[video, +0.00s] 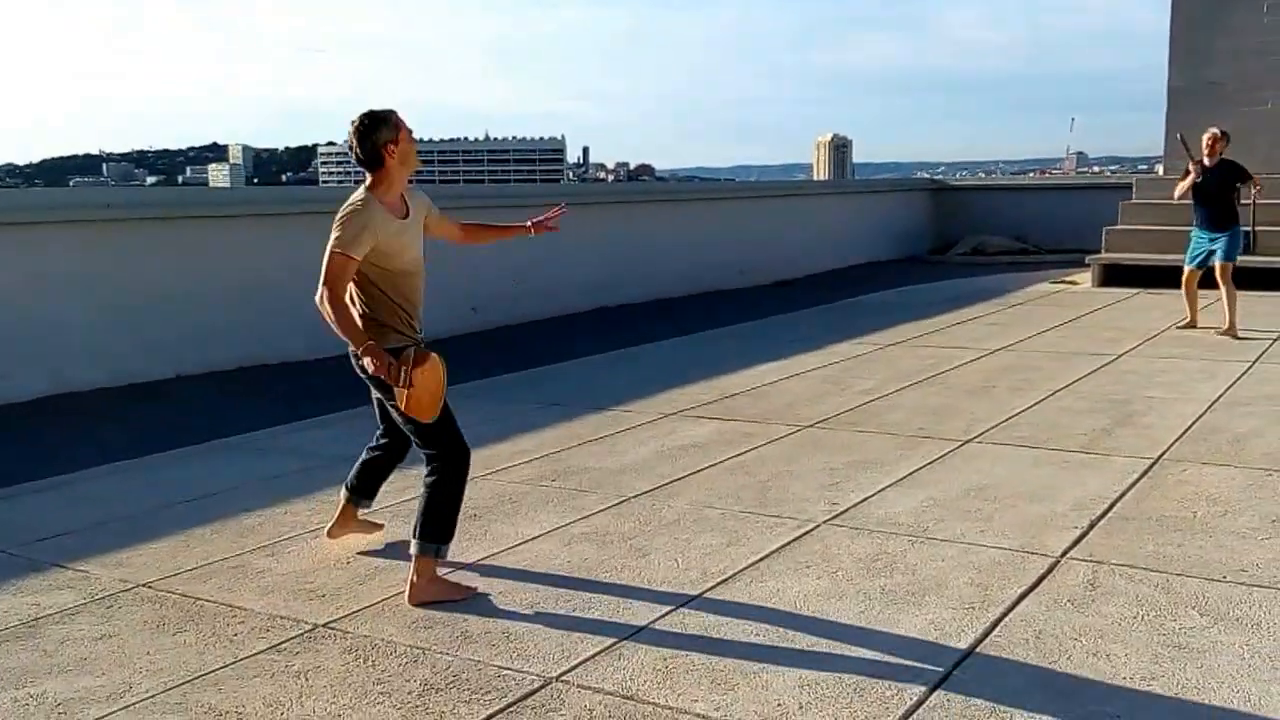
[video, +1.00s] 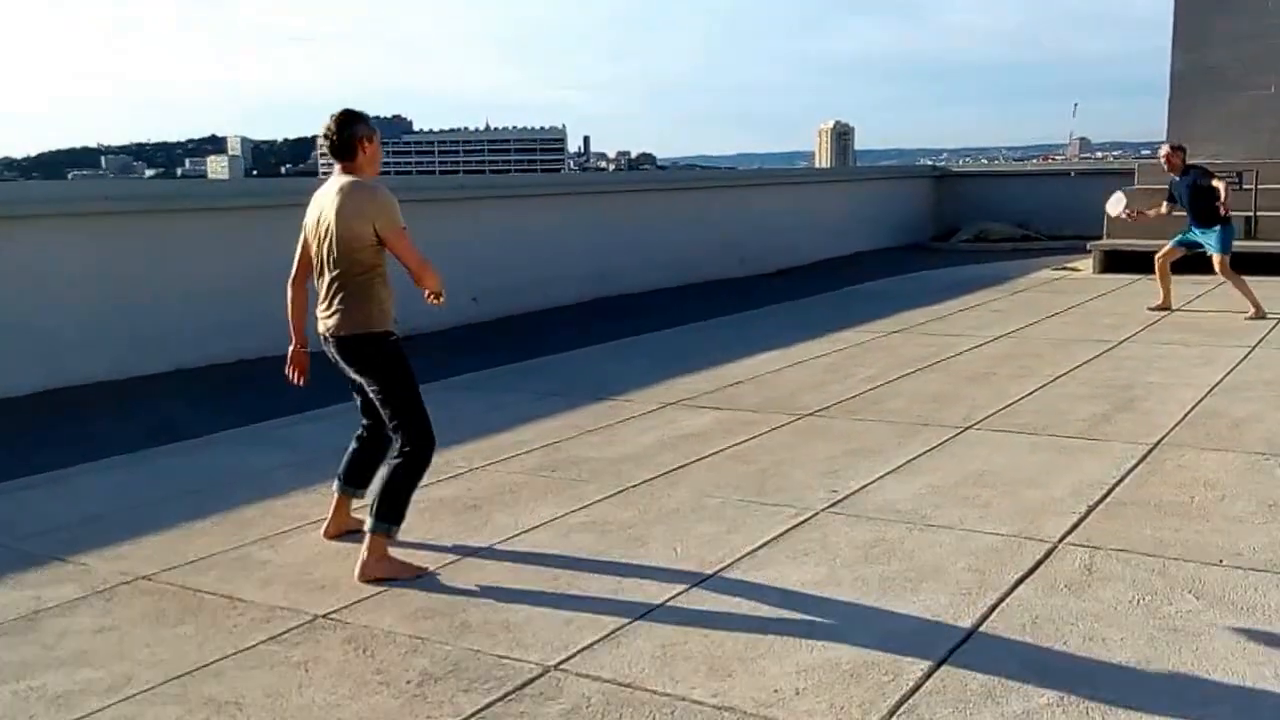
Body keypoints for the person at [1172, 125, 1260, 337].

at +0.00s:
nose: (1209, 144)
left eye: (1215, 141)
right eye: (1207, 140)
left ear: (1223, 146)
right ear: (1202, 143)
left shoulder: (1230, 167)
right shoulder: (1194, 168)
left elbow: (1253, 181)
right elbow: (1177, 195)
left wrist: (1256, 189)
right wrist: (1192, 177)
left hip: (1227, 231)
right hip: (1201, 230)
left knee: (1222, 274)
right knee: (1188, 277)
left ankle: (1230, 325)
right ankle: (1192, 318)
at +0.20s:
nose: (1206, 144)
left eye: (1211, 140)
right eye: (1204, 140)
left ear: (1219, 145)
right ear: (1198, 143)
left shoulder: (1228, 168)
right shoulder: (1190, 168)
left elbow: (1239, 199)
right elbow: (1176, 196)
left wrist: (1229, 224)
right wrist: (1179, 201)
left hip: (1219, 229)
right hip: (1194, 229)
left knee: (1220, 270)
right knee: (1179, 275)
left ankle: (1240, 313)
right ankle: (1189, 314)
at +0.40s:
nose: (1204, 129)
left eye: (1209, 126)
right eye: (1202, 125)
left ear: (1218, 130)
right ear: (1197, 129)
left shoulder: (1228, 153)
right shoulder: (1192, 155)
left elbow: (1239, 185)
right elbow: (1186, 182)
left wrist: (1232, 214)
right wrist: (1176, 207)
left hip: (1220, 219)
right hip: (1195, 219)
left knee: (1228, 263)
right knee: (1184, 264)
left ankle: (1243, 310)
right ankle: (1187, 308)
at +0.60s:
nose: (1199, 130)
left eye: (1203, 126)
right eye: (1196, 126)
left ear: (1213, 129)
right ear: (1192, 130)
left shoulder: (1224, 151)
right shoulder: (1197, 155)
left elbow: (1239, 177)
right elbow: (1193, 185)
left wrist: (1231, 208)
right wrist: (1168, 202)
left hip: (1222, 218)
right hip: (1199, 217)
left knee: (1233, 260)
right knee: (1178, 255)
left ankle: (1254, 307)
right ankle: (1178, 299)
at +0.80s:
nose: (1179, 152)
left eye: (1183, 147)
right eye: (1178, 148)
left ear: (1195, 149)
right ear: (1177, 151)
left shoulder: (1206, 167)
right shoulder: (1189, 175)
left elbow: (1222, 184)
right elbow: (1180, 201)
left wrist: (1211, 201)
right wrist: (1154, 203)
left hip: (1221, 228)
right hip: (1201, 229)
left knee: (1222, 271)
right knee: (1170, 262)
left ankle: (1256, 309)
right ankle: (1165, 303)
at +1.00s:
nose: (1164, 161)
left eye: (1168, 156)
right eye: (1162, 158)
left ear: (1180, 157)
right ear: (1163, 160)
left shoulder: (1196, 173)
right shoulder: (1174, 183)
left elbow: (1221, 184)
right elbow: (1165, 210)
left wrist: (1223, 201)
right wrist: (1140, 214)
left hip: (1217, 229)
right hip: (1195, 231)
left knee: (1222, 268)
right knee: (1161, 259)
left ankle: (1257, 307)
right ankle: (1165, 302)